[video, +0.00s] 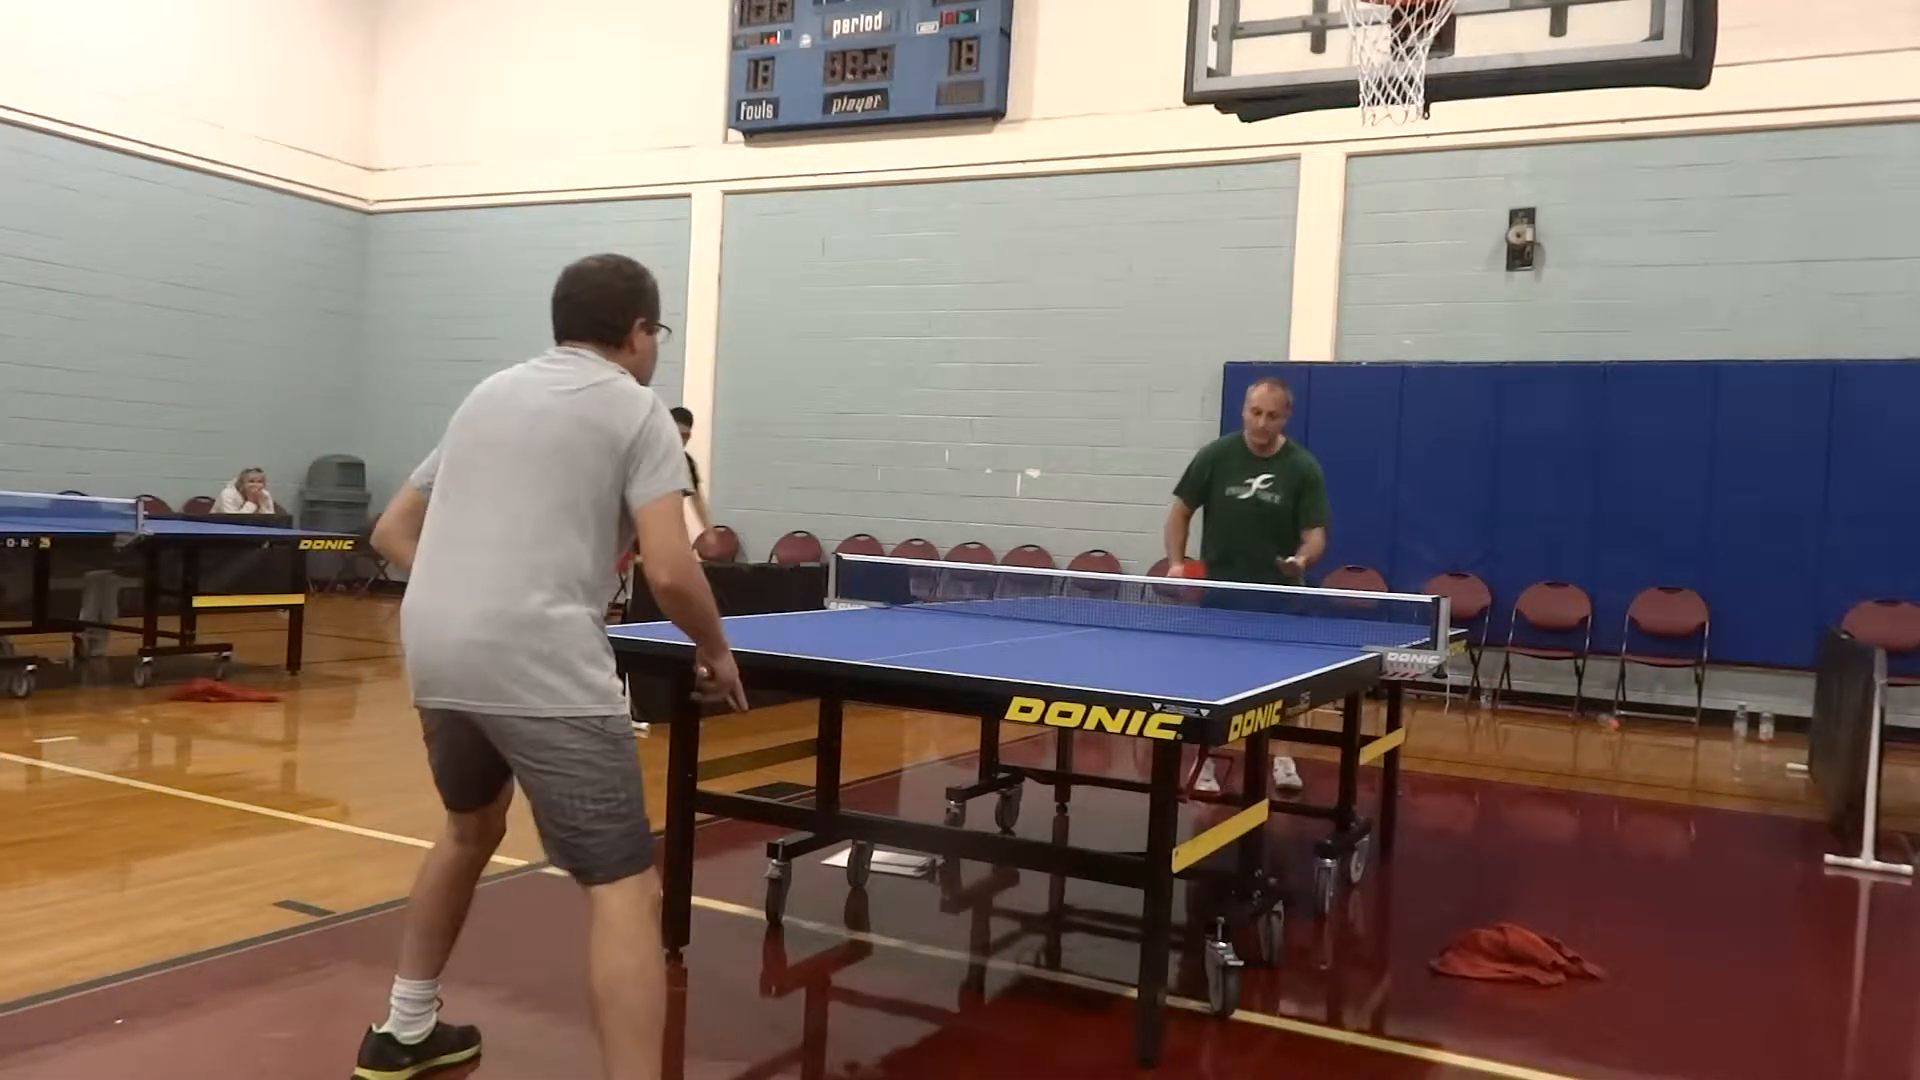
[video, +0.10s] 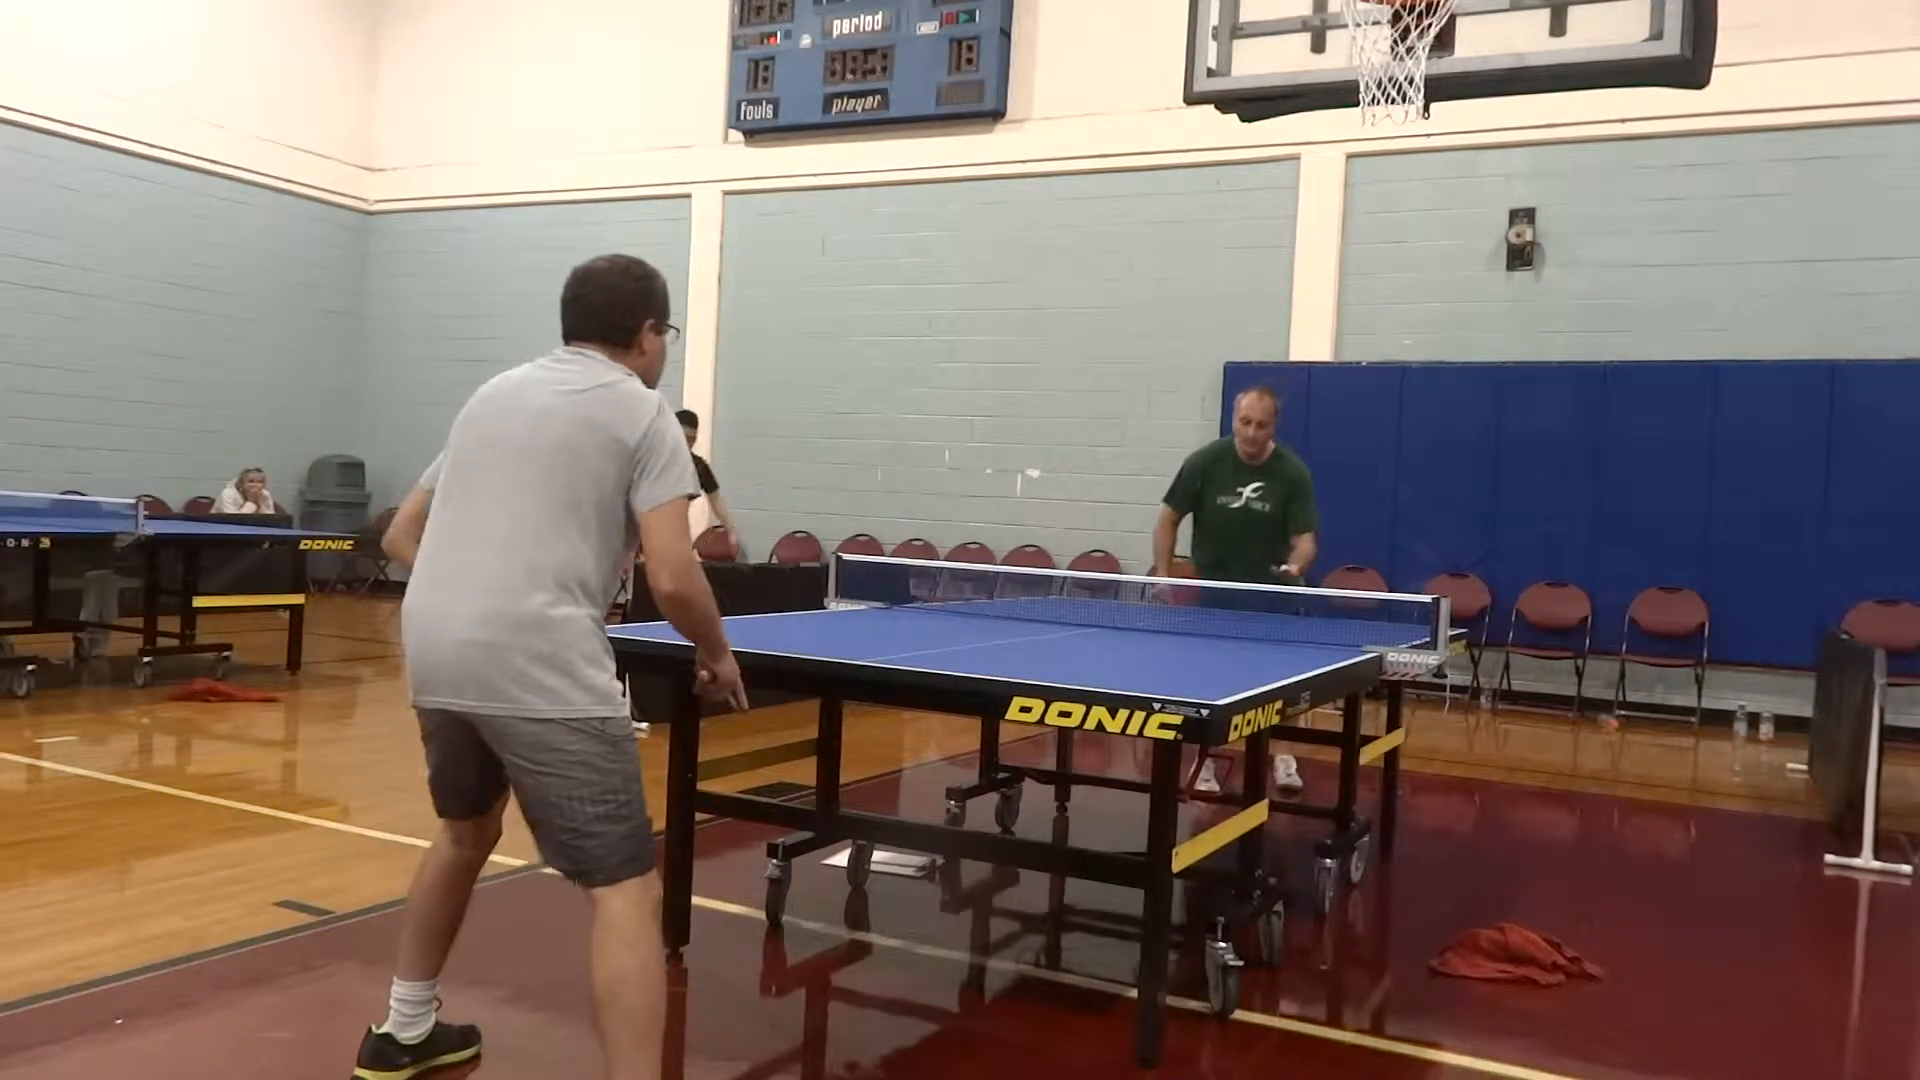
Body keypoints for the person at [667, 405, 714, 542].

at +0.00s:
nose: (681, 440)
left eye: (685, 435)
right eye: (677, 433)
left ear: (690, 435)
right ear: (668, 431)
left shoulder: (687, 462)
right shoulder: (653, 459)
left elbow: (696, 498)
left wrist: (707, 531)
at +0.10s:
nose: (687, 442)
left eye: (691, 438)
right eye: (683, 437)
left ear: (696, 437)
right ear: (673, 434)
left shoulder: (698, 464)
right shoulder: (655, 461)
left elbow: (715, 497)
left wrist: (729, 527)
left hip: (680, 527)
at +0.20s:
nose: (691, 445)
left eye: (696, 440)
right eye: (687, 439)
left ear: (700, 439)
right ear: (676, 437)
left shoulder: (704, 466)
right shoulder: (661, 461)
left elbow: (723, 499)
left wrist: (738, 526)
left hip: (687, 539)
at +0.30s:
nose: (694, 447)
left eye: (699, 441)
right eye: (689, 441)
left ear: (704, 439)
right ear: (678, 437)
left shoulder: (710, 465)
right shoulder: (666, 461)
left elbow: (728, 499)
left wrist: (740, 527)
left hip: (697, 539)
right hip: (667, 537)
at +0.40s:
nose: (695, 447)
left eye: (701, 442)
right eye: (690, 441)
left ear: (709, 440)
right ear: (682, 437)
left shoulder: (717, 464)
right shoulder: (670, 460)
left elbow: (735, 499)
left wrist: (742, 529)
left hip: (705, 540)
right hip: (673, 539)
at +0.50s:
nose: (703, 449)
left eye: (709, 443)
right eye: (697, 442)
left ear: (716, 441)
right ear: (687, 438)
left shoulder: (725, 465)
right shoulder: (677, 461)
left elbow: (743, 501)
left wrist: (746, 536)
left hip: (713, 539)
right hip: (680, 538)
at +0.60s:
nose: (711, 458)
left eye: (717, 452)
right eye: (705, 451)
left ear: (724, 447)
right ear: (695, 446)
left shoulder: (733, 471)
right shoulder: (683, 468)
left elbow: (752, 509)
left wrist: (752, 544)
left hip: (722, 547)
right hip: (689, 547)